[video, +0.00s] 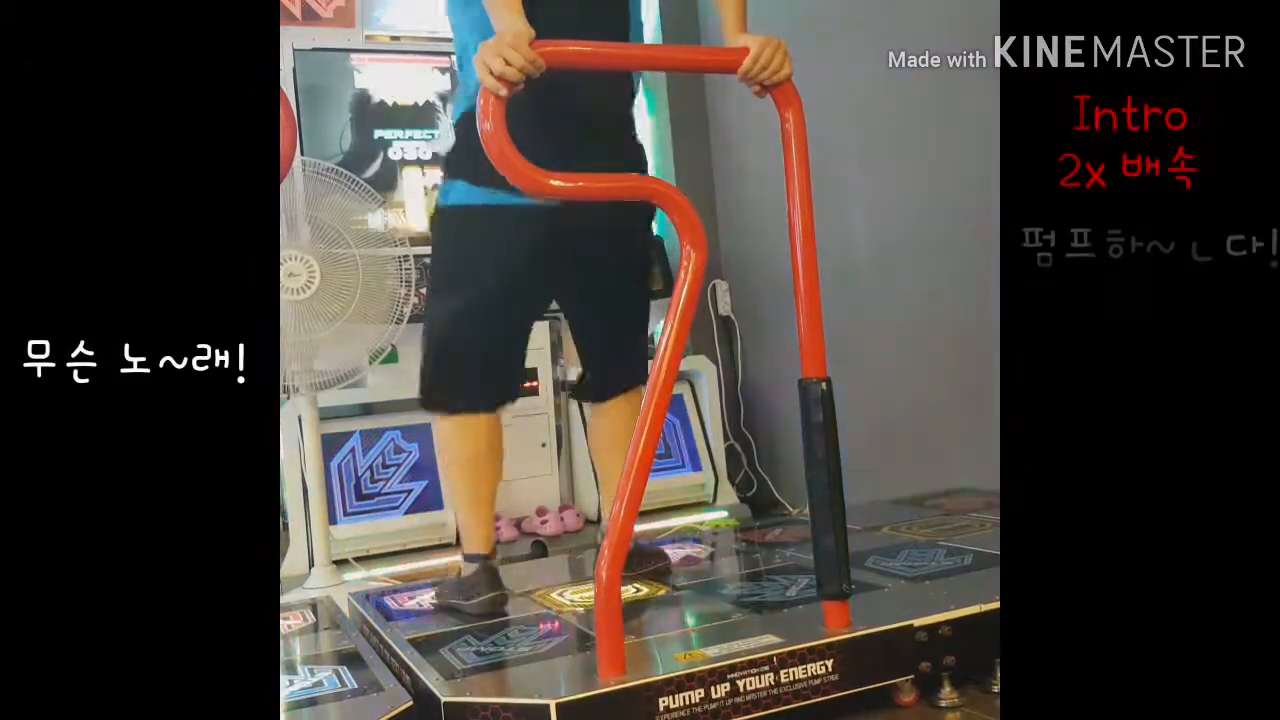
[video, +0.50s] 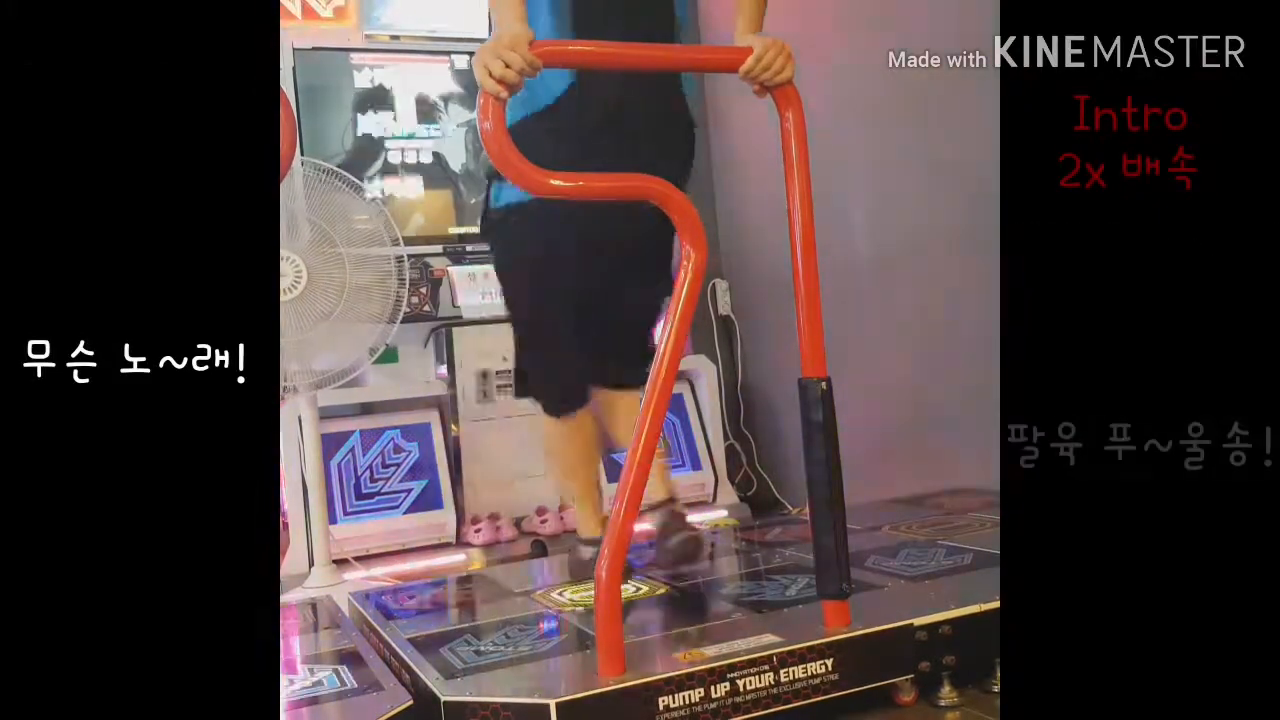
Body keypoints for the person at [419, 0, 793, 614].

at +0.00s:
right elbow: (505, 22)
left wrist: (739, 41)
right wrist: (505, 36)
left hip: (606, 163)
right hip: (491, 167)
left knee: (617, 363)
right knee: (461, 367)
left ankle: (623, 545)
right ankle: (476, 571)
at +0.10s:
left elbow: (719, 27)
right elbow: (502, 22)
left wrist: (738, 40)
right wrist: (501, 38)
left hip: (618, 191)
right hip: (502, 190)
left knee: (626, 376)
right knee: (463, 381)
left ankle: (621, 540)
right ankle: (476, 565)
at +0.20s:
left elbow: (728, 36)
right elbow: (507, 27)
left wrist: (747, 44)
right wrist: (501, 40)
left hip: (638, 180)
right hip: (524, 182)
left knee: (641, 373)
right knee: (492, 373)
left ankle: (621, 540)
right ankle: (482, 559)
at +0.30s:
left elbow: (730, 38)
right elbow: (514, 38)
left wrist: (755, 49)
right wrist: (496, 52)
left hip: (660, 150)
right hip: (549, 157)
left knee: (668, 360)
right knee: (568, 365)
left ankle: (661, 534)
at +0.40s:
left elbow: (733, 34)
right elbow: (513, 38)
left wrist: (753, 49)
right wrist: (497, 52)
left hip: (671, 171)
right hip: (559, 180)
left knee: (692, 359)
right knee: (603, 370)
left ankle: (699, 533)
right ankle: (622, 545)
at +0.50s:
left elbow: (741, 37)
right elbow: (513, 30)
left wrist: (755, 44)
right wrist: (501, 48)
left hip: (647, 140)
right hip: (537, 149)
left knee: (620, 355)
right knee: (560, 373)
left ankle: (665, 520)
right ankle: (593, 550)